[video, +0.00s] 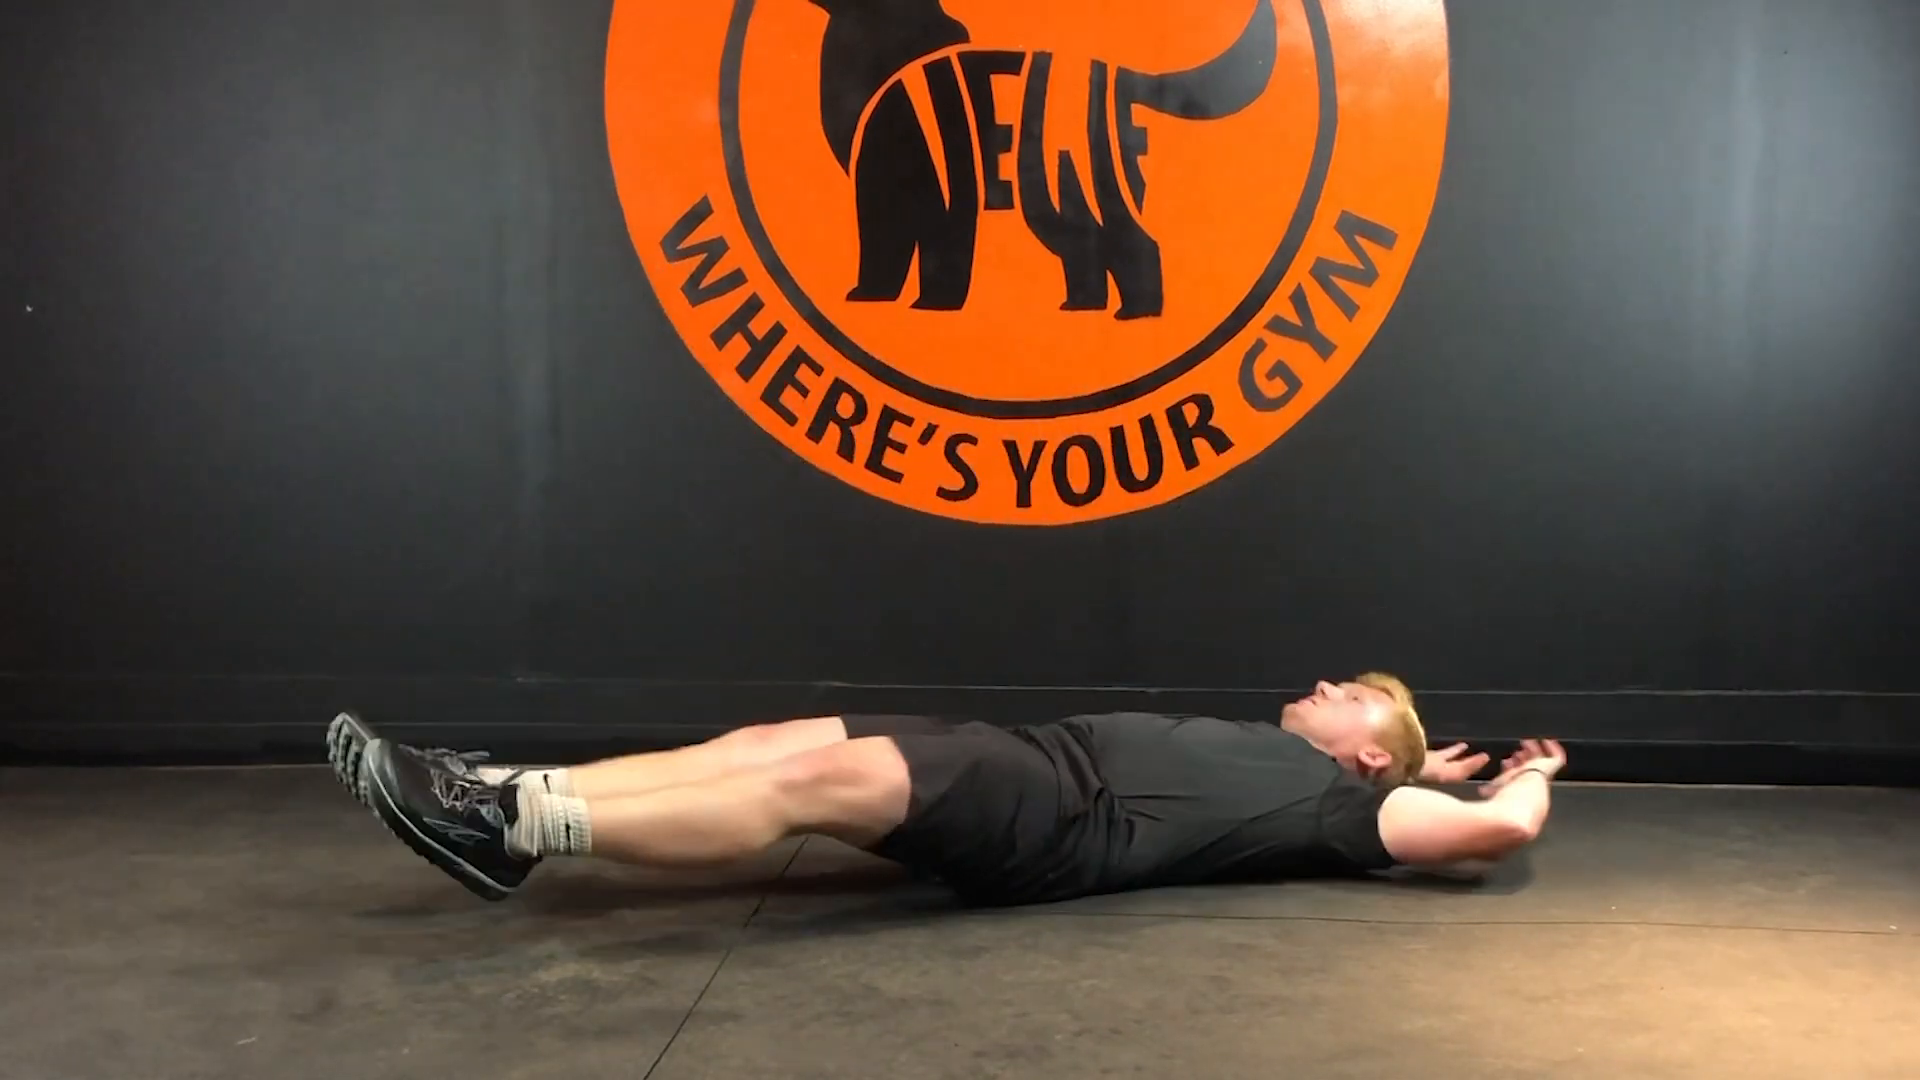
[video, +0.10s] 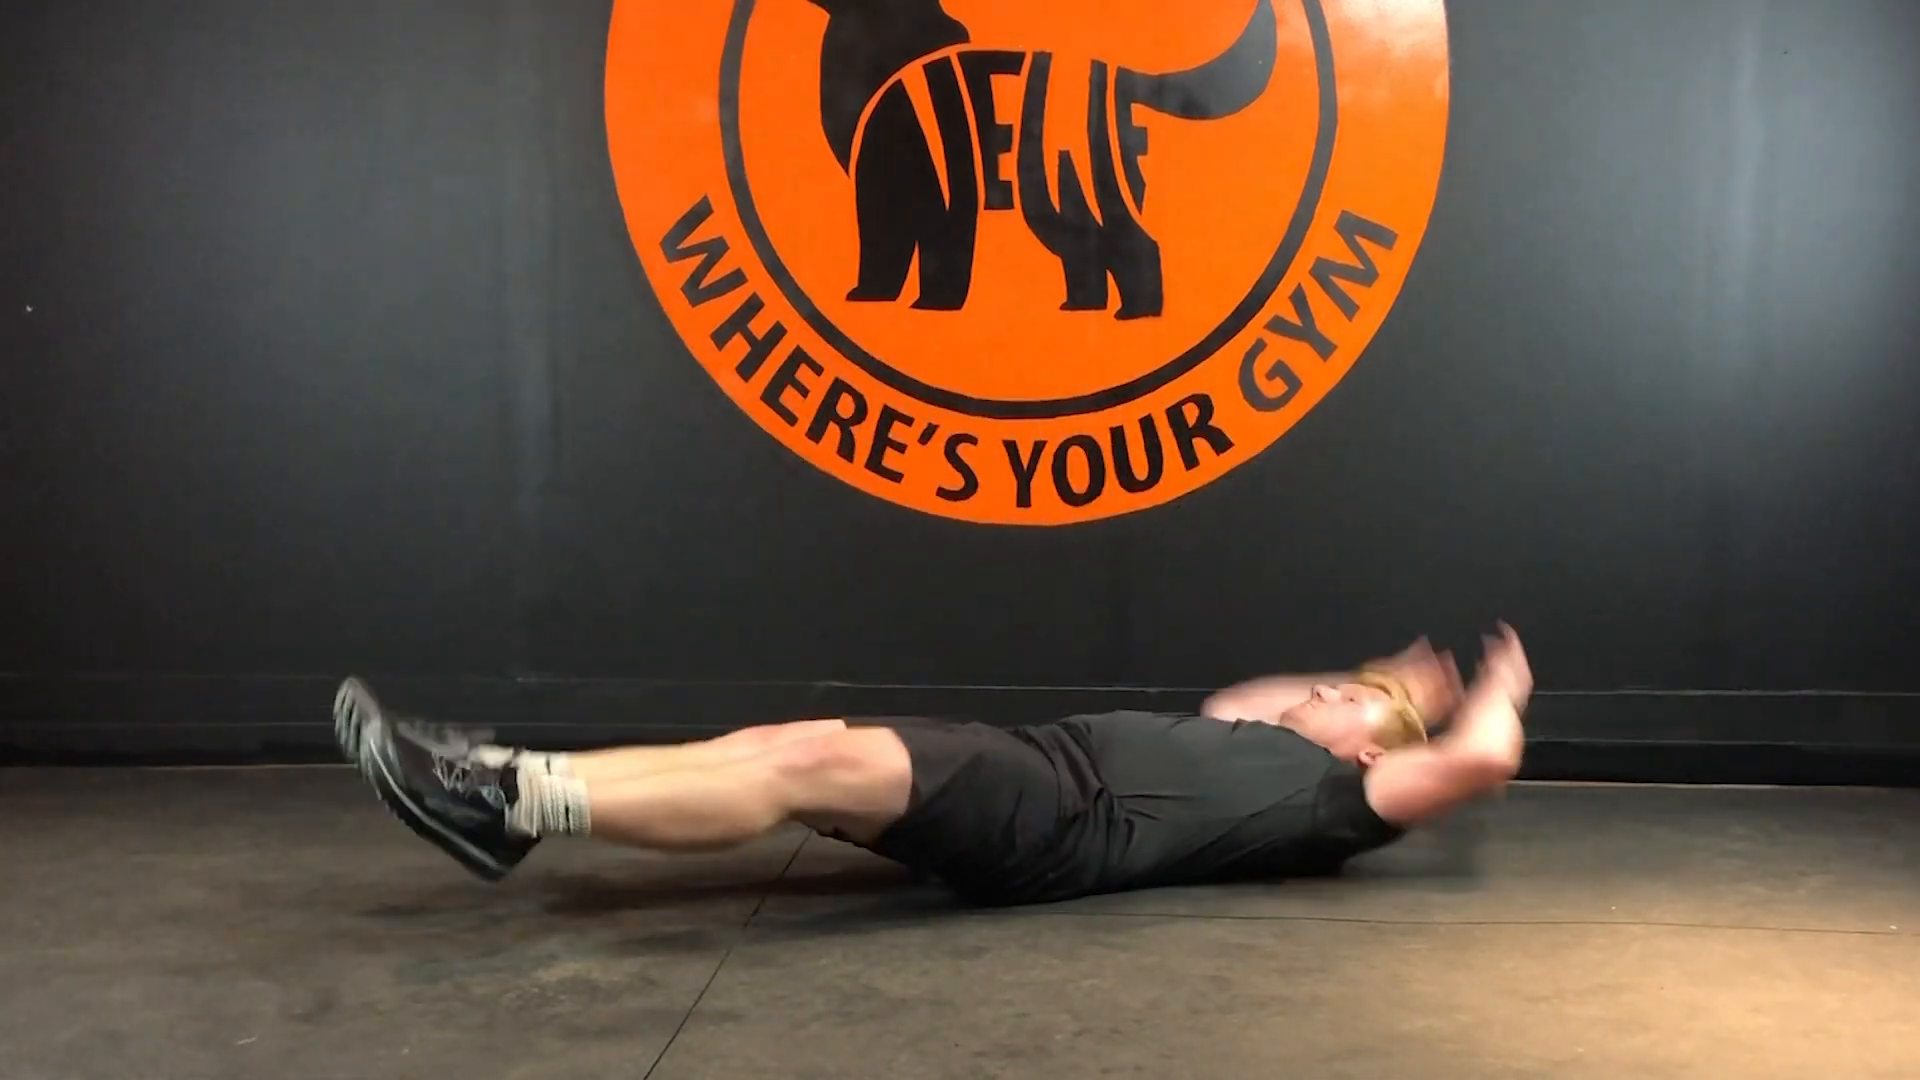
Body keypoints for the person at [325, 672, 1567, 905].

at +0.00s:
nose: (1327, 690)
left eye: (1356, 702)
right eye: (1335, 686)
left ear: (1383, 755)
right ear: (1316, 714)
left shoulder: (1351, 796)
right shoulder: (1237, 742)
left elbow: (1497, 834)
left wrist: (1523, 782)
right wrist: (1430, 760)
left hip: (1068, 796)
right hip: (1002, 740)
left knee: (833, 776)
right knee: (777, 738)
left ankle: (526, 834)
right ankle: (493, 800)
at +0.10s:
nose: (1347, 696)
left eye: (1372, 702)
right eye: (1351, 685)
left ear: (1387, 754)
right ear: (1324, 696)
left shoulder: (1336, 796)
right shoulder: (1247, 733)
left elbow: (1482, 761)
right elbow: (1249, 691)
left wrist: (1500, 682)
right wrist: (1378, 690)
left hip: (1065, 811)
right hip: (1003, 757)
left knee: (824, 760)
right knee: (764, 746)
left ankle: (519, 804)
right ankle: (496, 791)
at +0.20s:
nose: (1309, 674)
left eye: (1332, 681)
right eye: (1308, 670)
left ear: (1358, 723)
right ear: (1280, 689)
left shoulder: (1314, 780)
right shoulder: (1216, 731)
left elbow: (1360, 679)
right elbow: (1171, 625)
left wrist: (1334, 545)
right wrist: (1245, 507)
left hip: (1055, 818)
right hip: (1004, 782)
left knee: (827, 724)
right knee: (794, 721)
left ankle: (523, 748)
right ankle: (516, 746)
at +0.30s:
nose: (1267, 621)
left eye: (1294, 622)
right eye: (1274, 610)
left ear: (1337, 670)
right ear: (1272, 626)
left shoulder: (1299, 728)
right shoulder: (1215, 691)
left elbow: (1202, 666)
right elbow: (1088, 607)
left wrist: (1103, 548)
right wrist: (1056, 487)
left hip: (1057, 829)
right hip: (1012, 800)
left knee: (843, 677)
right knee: (813, 677)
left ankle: (544, 687)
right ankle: (536, 671)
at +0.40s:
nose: (1189, 577)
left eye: (1216, 565)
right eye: (1200, 559)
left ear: (1275, 601)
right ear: (1240, 591)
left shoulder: (1269, 681)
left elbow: (1150, 643)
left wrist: (1017, 546)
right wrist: (948, 466)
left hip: (1044, 838)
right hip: (993, 820)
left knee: (872, 621)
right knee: (842, 612)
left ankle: (593, 611)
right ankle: (573, 580)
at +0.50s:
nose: (1128, 540)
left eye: (1150, 526)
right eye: (1129, 523)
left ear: (1215, 545)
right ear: (1131, 529)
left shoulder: (1226, 630)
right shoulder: (1119, 601)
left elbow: (1099, 588)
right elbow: (970, 540)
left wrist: (972, 478)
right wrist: (878, 435)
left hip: (1030, 829)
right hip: (953, 828)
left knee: (923, 584)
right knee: (876, 586)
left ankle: (655, 506)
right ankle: (630, 514)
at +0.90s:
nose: (1152, 536)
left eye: (1180, 524)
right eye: (1157, 523)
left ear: (1241, 564)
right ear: (1164, 541)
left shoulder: (1248, 669)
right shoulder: (1114, 621)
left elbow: (1151, 628)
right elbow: (982, 572)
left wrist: (1060, 487)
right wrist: (959, 473)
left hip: (1031, 828)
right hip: (964, 801)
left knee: (826, 644)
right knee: (800, 622)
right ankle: (533, 617)